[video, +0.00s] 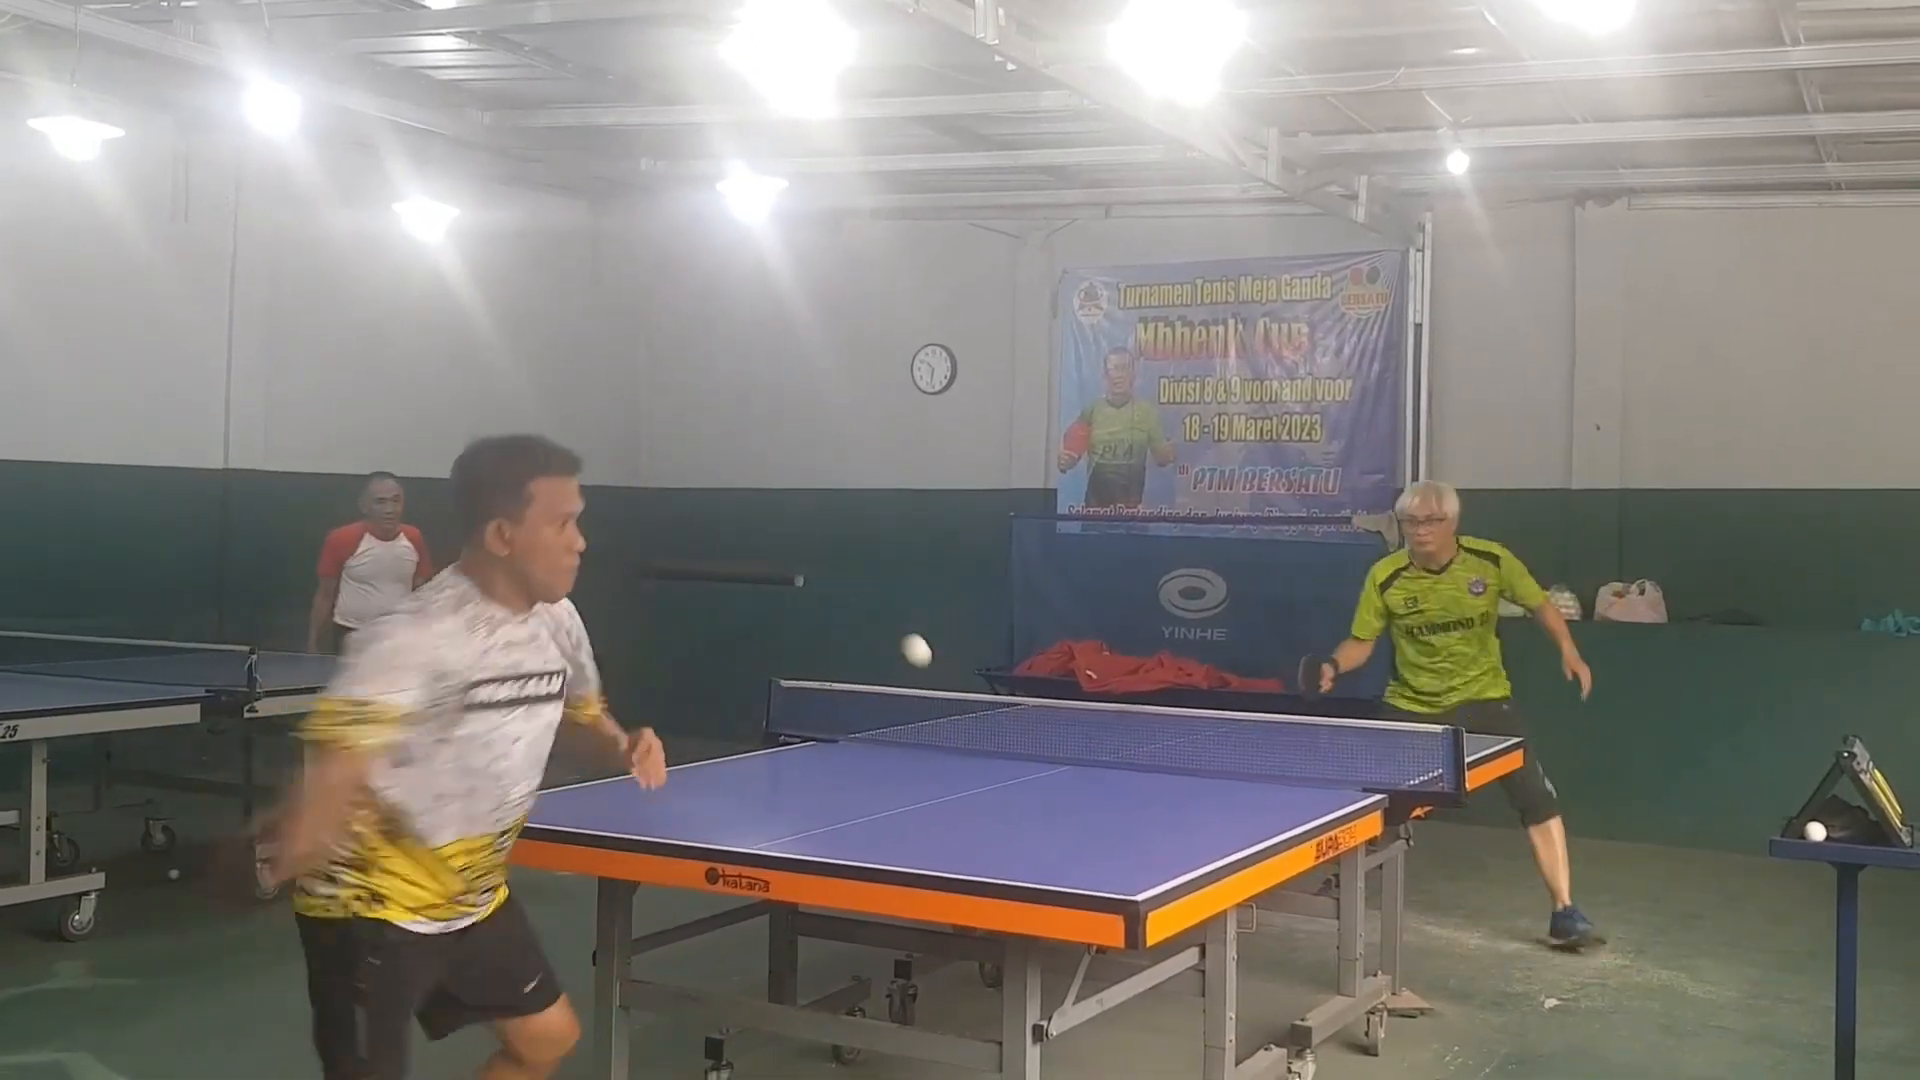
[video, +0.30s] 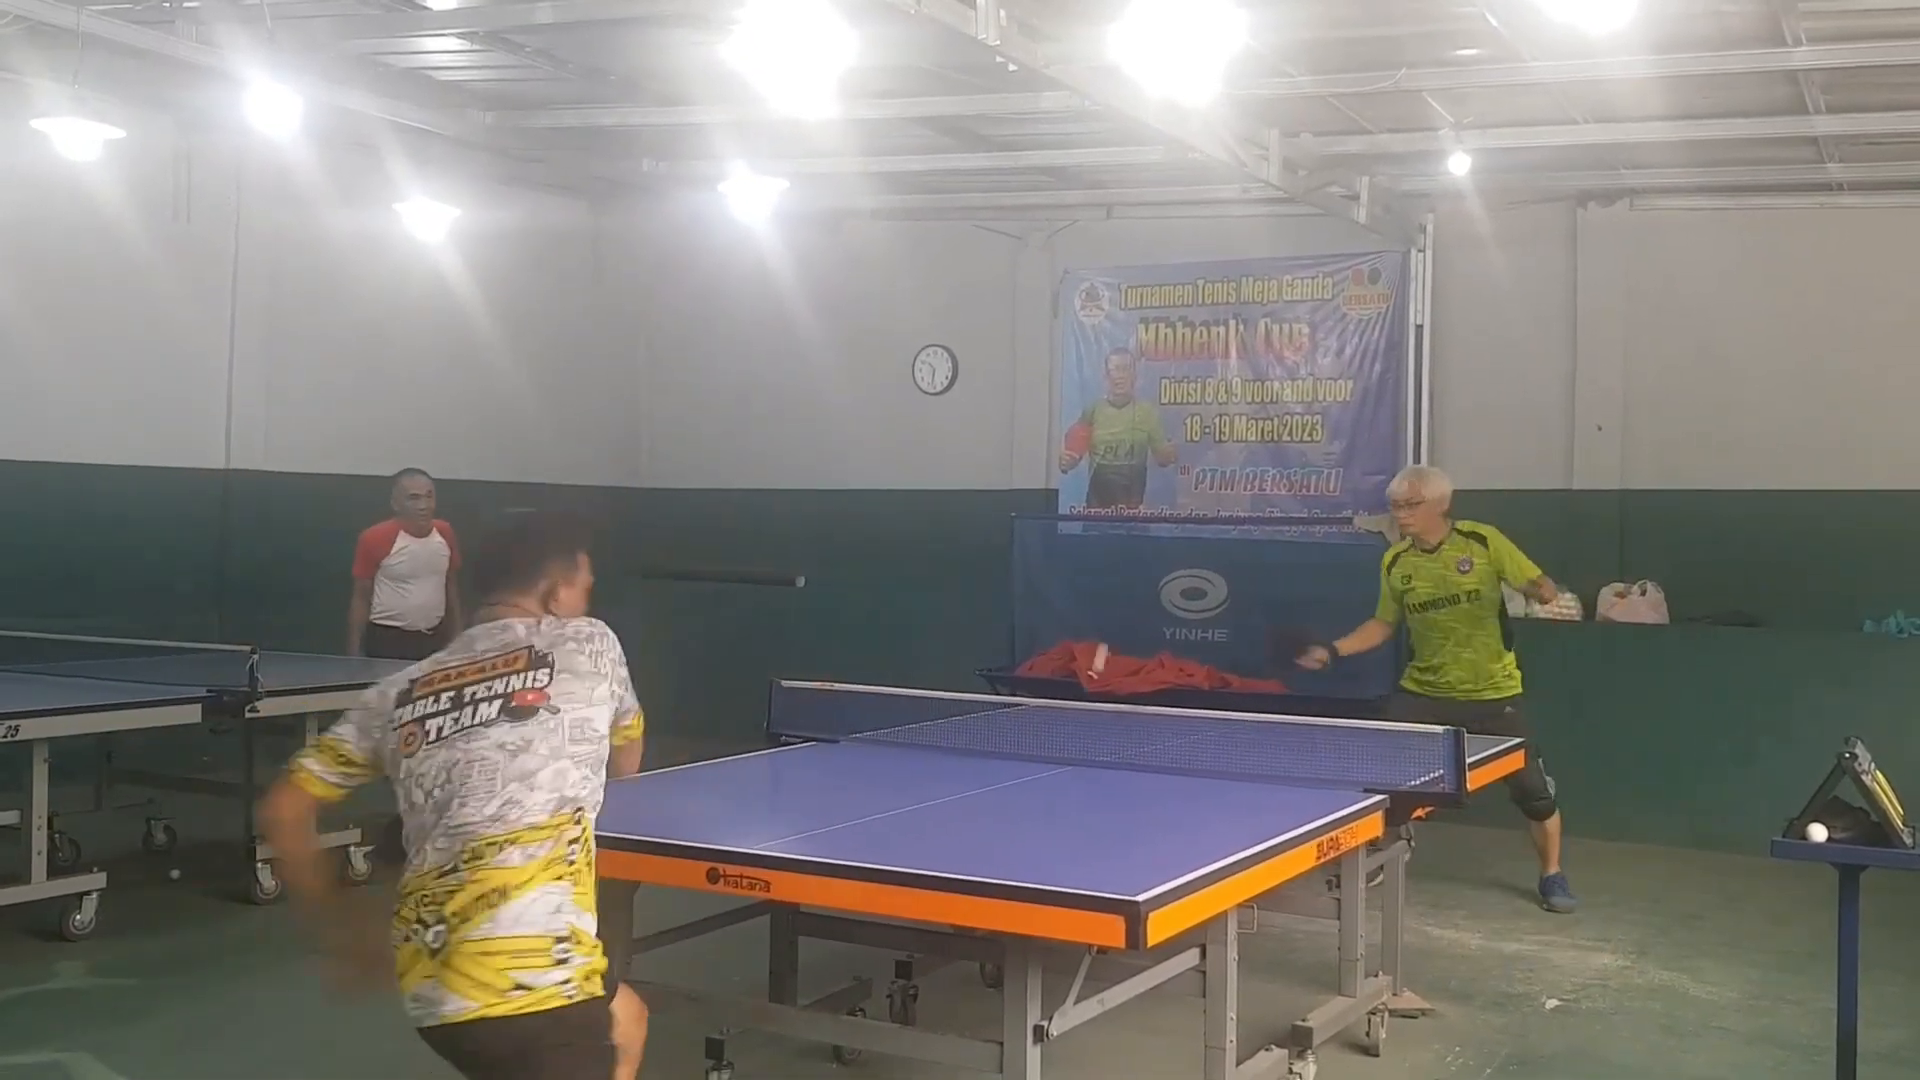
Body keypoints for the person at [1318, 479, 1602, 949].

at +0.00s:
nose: (1420, 531)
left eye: (1431, 522)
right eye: (1411, 522)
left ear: (1454, 524)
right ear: (1401, 526)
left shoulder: (1491, 561)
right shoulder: (1384, 576)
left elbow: (1540, 605)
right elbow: (1360, 641)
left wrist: (1568, 648)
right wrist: (1333, 666)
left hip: (1483, 699)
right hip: (1409, 702)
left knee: (1535, 792)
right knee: (1362, 781)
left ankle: (1564, 908)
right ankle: (1345, 871)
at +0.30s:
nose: (1398, 514)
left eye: (1408, 505)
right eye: (1395, 506)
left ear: (1439, 506)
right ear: (1395, 510)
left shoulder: (1483, 541)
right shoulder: (1395, 561)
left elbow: (1536, 583)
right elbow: (1383, 624)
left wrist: (1545, 592)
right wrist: (1333, 650)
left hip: (1492, 692)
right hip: (1423, 691)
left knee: (1531, 788)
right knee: (1374, 765)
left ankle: (1552, 874)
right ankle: (1358, 859)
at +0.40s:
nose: (1360, 501)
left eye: (1369, 492)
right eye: (1361, 493)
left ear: (1398, 496)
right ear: (1376, 500)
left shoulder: (1449, 528)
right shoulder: (1367, 557)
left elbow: (1511, 557)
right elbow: (1323, 601)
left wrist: (1551, 586)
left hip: (1487, 678)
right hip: (1422, 680)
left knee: (1526, 779)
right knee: (1375, 755)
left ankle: (1554, 872)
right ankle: (1372, 849)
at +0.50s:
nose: (1319, 506)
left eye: (1329, 497)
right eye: (1319, 498)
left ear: (1360, 503)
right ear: (1326, 508)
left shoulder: (1401, 527)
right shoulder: (1322, 555)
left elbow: (1472, 545)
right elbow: (1263, 559)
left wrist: (1528, 578)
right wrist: (1212, 557)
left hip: (1467, 658)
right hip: (1412, 668)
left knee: (1522, 745)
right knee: (1374, 749)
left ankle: (1577, 841)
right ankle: (1371, 839)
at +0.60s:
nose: (1288, 529)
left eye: (1296, 521)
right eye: (1289, 521)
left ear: (1323, 523)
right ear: (1304, 529)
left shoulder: (1365, 539)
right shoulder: (1298, 569)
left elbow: (1431, 553)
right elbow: (1245, 558)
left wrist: (1489, 578)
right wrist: (1197, 529)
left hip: (1432, 666)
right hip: (1387, 684)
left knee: (1500, 736)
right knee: (1376, 767)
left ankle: (1611, 783)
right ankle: (1360, 850)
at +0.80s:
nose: (1244, 551)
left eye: (1247, 542)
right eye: (1243, 544)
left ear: (1265, 537)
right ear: (1265, 543)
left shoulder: (1298, 545)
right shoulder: (1283, 585)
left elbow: (1351, 570)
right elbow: (1269, 641)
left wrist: (1392, 613)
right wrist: (1218, 619)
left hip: (1381, 653)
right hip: (1358, 674)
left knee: (1417, 736)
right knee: (1366, 749)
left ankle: (1512, 705)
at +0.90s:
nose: (1226, 548)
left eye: (1225, 539)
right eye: (1224, 540)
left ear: (1239, 532)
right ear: (1245, 532)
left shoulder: (1273, 537)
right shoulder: (1270, 570)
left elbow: (1319, 559)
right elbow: (1299, 635)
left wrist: (1353, 601)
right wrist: (1265, 683)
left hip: (1358, 645)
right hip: (1335, 655)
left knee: (1349, 730)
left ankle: (1452, 733)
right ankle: (1454, 732)